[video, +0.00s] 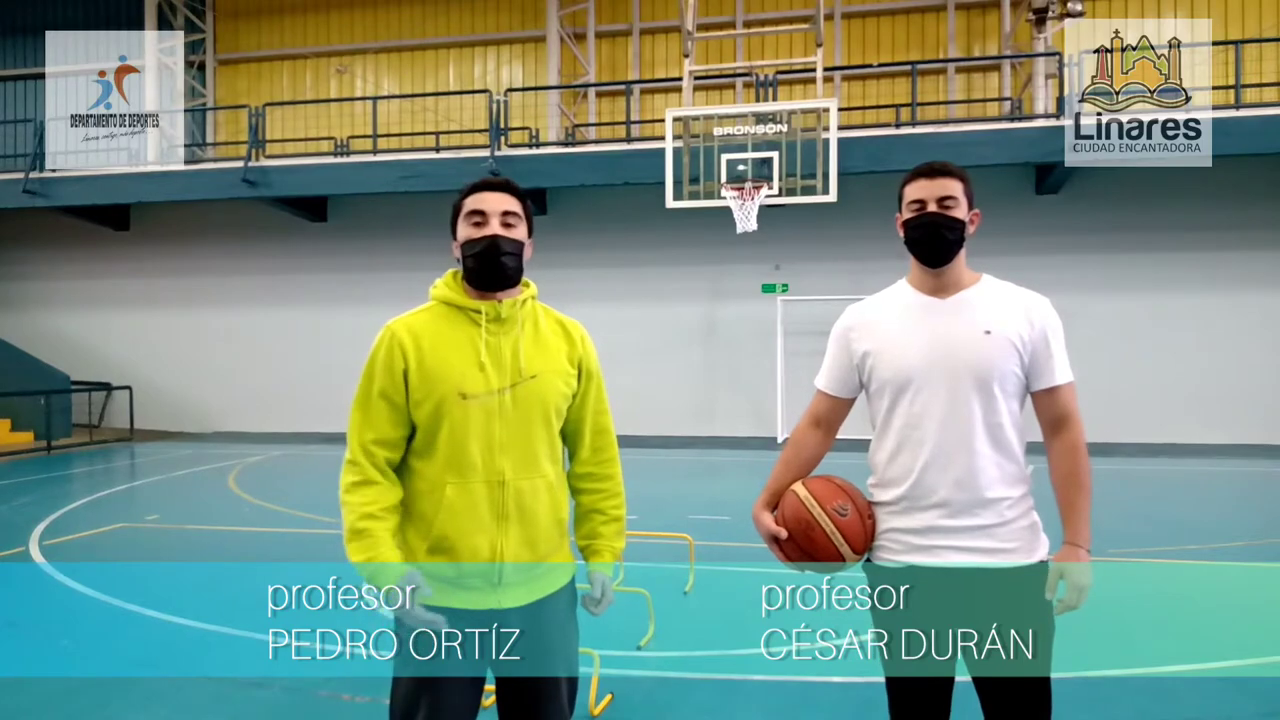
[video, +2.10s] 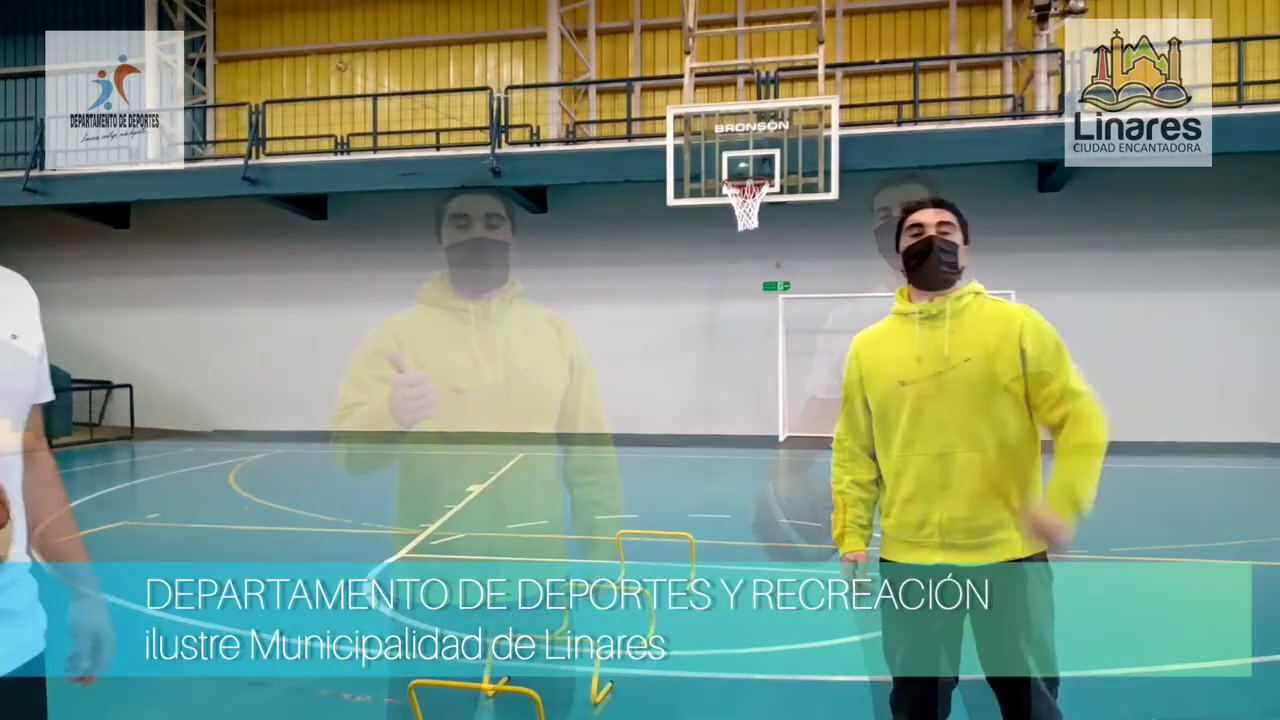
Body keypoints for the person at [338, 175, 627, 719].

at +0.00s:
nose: (493, 230)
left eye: (509, 221)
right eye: (476, 220)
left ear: (527, 245)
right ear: (454, 244)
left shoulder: (567, 340)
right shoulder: (407, 339)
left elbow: (596, 459)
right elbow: (369, 464)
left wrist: (601, 555)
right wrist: (382, 566)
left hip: (542, 592)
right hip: (438, 595)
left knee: (548, 713)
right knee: (431, 714)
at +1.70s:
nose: (471, 234)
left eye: (487, 223)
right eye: (454, 224)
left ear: (507, 243)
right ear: (434, 246)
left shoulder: (551, 335)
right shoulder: (390, 343)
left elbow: (585, 452)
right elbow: (350, 461)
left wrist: (595, 552)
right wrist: (370, 519)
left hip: (536, 588)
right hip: (434, 592)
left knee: (542, 712)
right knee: (428, 714)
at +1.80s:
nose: (472, 234)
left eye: (487, 223)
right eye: (454, 223)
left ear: (507, 242)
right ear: (435, 244)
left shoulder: (553, 335)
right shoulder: (391, 341)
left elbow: (587, 453)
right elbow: (345, 471)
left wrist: (598, 556)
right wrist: (372, 446)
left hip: (537, 587)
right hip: (434, 590)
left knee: (542, 712)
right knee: (427, 713)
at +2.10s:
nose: (477, 234)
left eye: (492, 222)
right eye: (461, 223)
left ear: (513, 238)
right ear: (441, 240)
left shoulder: (554, 336)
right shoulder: (398, 337)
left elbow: (592, 463)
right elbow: (350, 452)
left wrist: (605, 569)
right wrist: (389, 418)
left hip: (537, 572)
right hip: (432, 572)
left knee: (539, 706)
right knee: (436, 706)